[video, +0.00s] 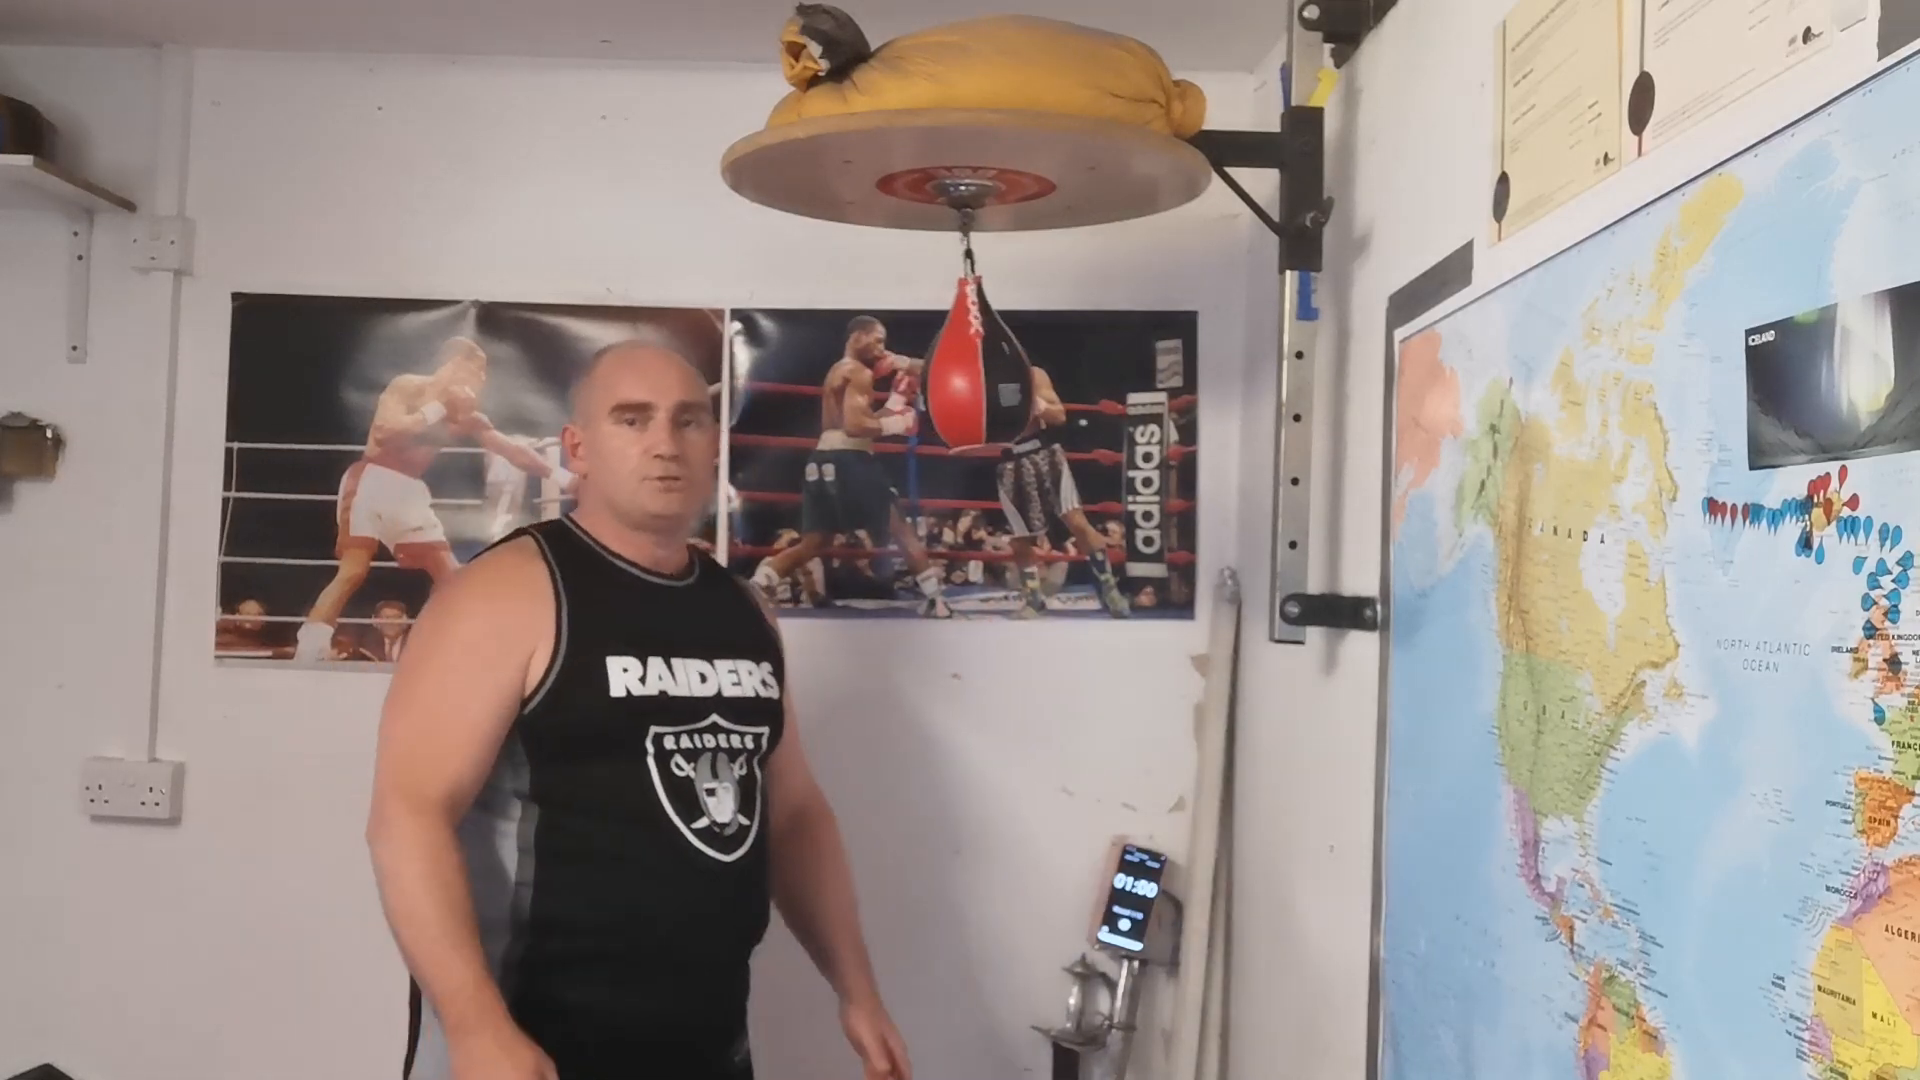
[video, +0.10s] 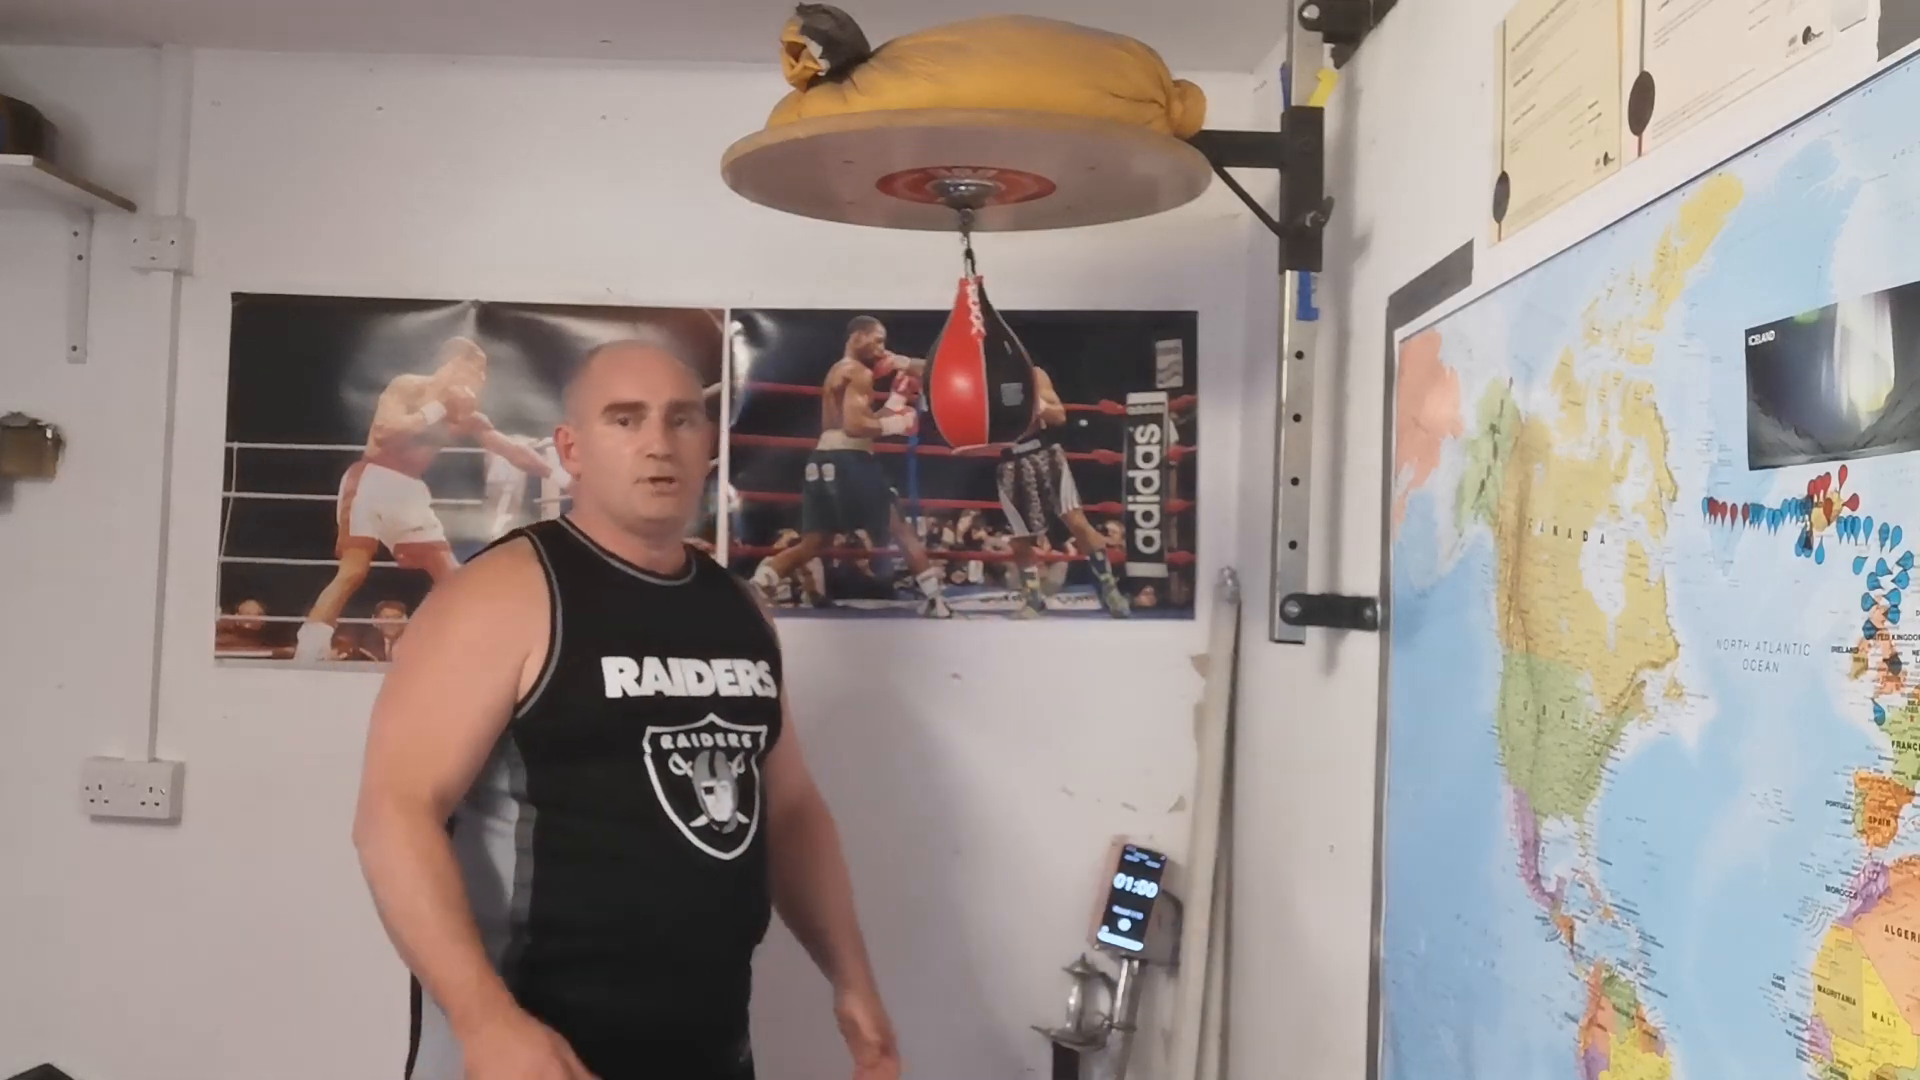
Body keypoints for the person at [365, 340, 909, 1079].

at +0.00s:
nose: (666, 444)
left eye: (689, 420)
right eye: (634, 418)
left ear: (716, 448)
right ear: (577, 449)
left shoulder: (739, 613)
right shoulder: (504, 595)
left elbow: (793, 816)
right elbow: (408, 816)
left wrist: (856, 988)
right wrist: (480, 1030)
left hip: (707, 1035)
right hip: (548, 1037)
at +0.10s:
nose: (659, 444)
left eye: (681, 419)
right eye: (626, 419)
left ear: (710, 446)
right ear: (570, 448)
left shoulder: (733, 609)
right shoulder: (502, 595)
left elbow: (789, 809)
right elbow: (394, 814)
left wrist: (850, 976)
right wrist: (487, 1022)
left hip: (706, 1040)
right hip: (540, 1044)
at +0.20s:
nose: (653, 443)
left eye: (676, 418)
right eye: (619, 419)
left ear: (706, 443)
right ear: (565, 450)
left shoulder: (730, 607)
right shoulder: (495, 598)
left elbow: (787, 801)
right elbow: (378, 811)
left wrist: (857, 949)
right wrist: (495, 989)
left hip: (711, 1038)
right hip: (553, 1042)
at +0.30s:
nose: (650, 443)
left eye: (672, 418)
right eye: (615, 419)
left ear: (703, 446)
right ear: (561, 452)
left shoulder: (731, 605)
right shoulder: (488, 598)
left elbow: (787, 784)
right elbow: (363, 803)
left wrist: (865, 879)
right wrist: (505, 915)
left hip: (704, 1034)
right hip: (528, 1040)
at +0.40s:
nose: (646, 443)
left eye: (669, 419)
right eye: (613, 418)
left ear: (699, 448)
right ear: (559, 450)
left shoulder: (730, 603)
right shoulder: (486, 595)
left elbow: (785, 774)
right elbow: (352, 798)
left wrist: (859, 788)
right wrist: (515, 810)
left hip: (699, 1026)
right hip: (521, 1030)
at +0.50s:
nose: (644, 443)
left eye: (667, 420)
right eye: (612, 419)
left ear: (696, 448)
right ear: (556, 450)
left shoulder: (726, 598)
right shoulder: (486, 591)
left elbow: (802, 798)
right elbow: (349, 803)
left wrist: (843, 728)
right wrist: (515, 730)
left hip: (698, 1021)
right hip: (519, 1025)